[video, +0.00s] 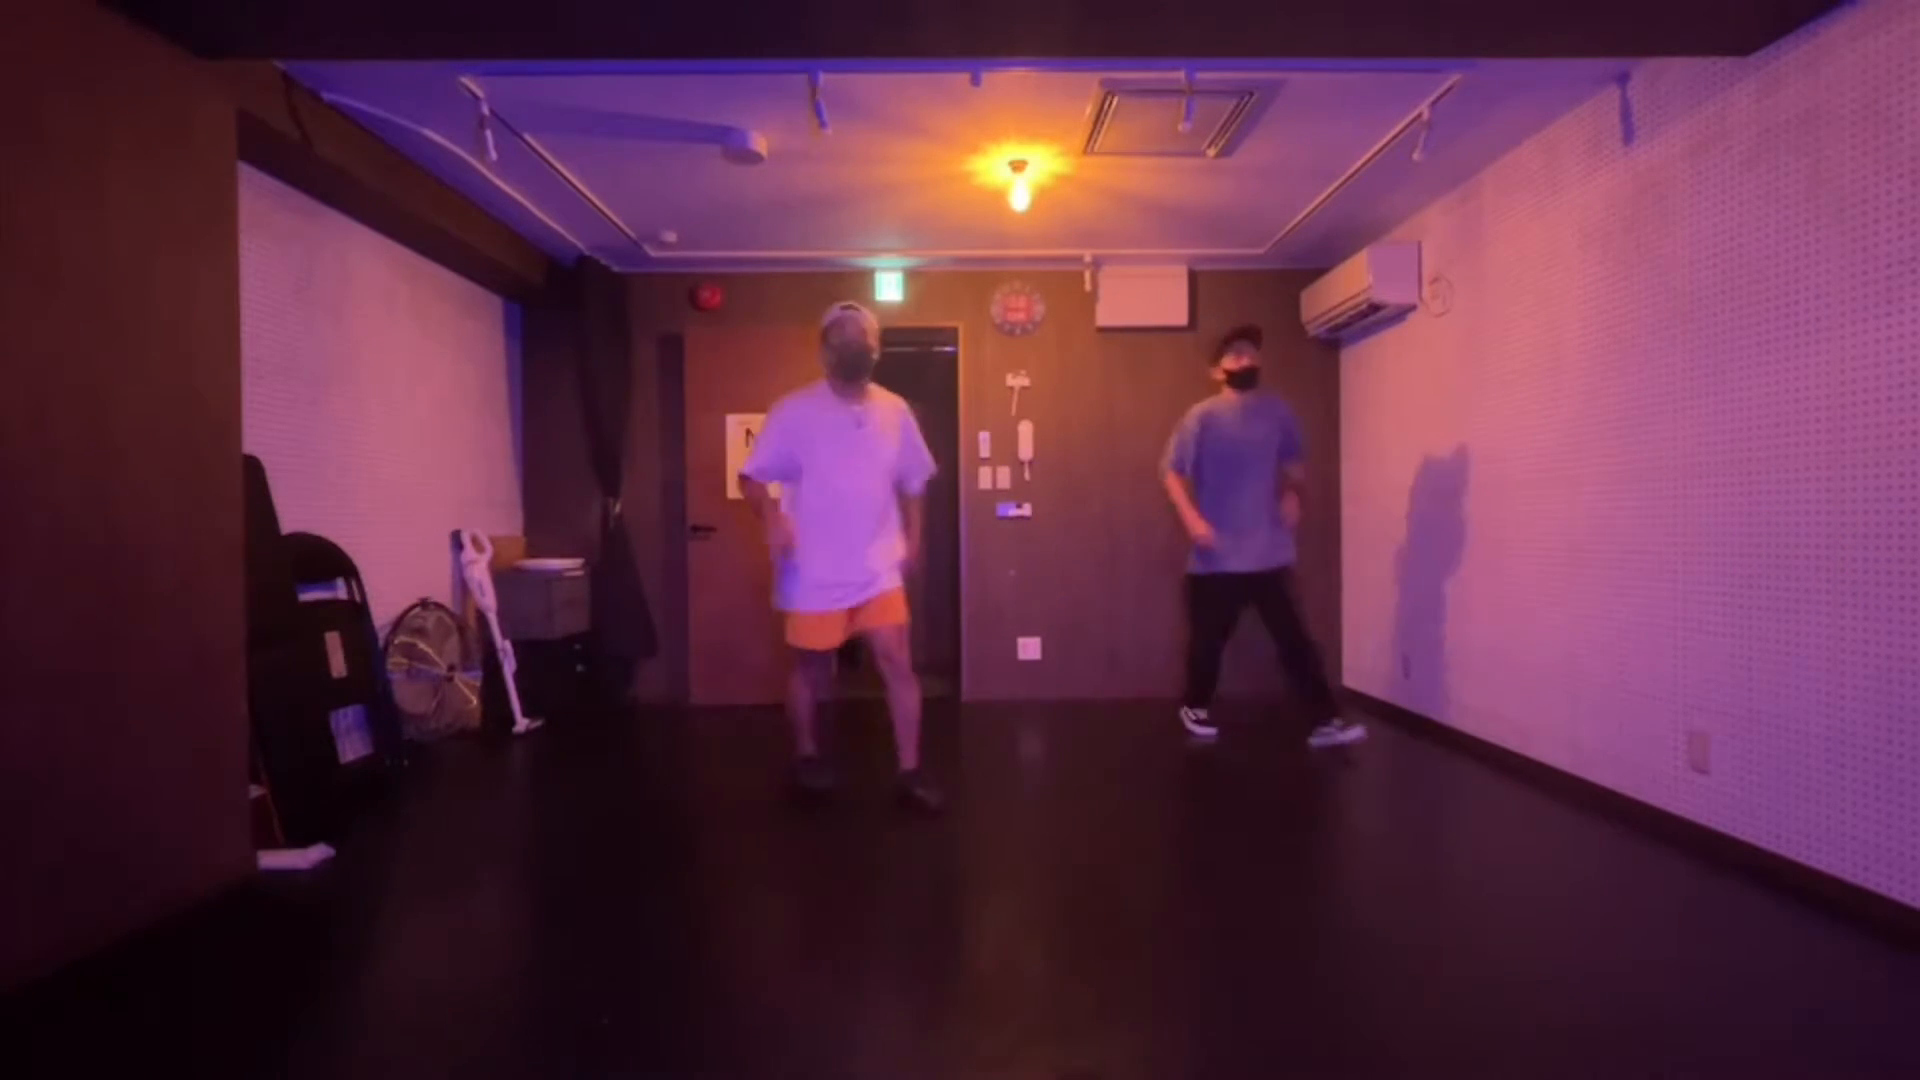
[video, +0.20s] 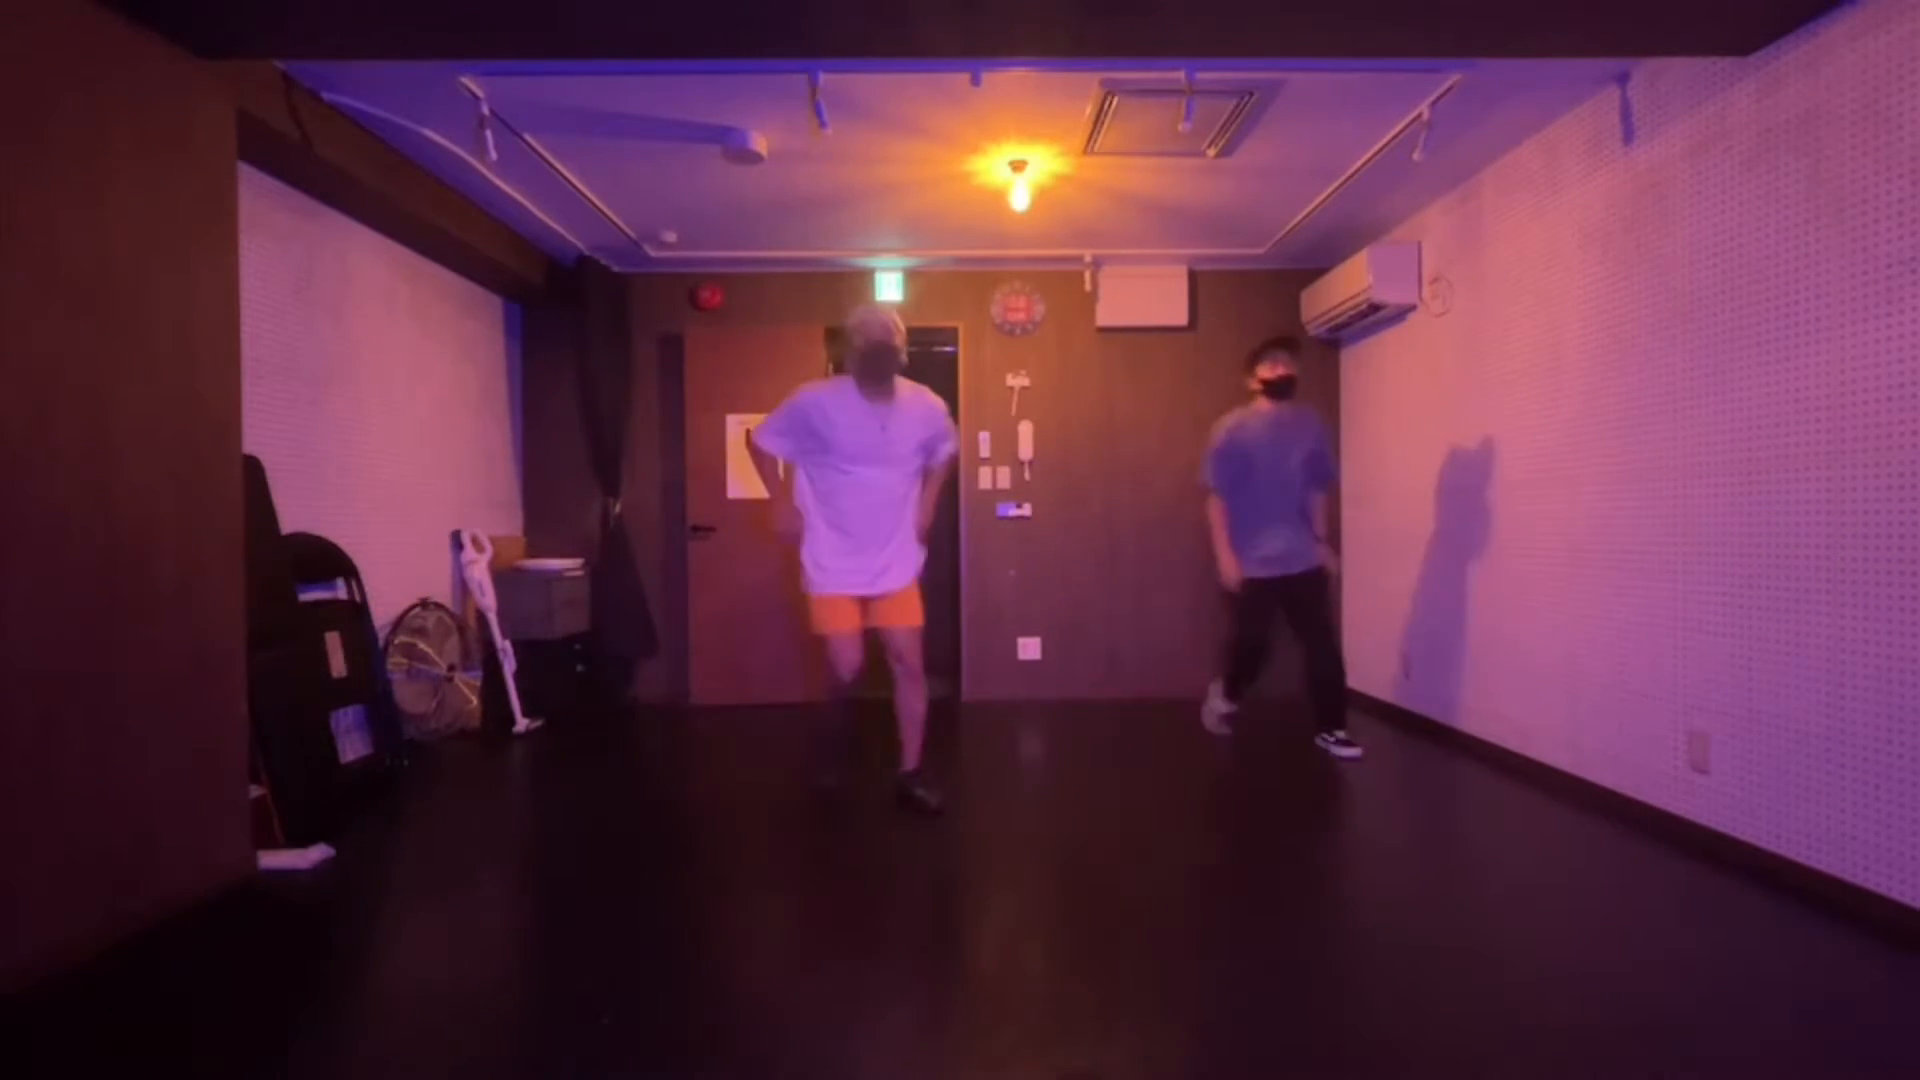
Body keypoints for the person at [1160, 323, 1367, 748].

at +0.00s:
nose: (1242, 361)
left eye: (1249, 353)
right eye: (1234, 353)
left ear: (1261, 362)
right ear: (1218, 365)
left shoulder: (1276, 411)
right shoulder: (1202, 416)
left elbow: (1293, 464)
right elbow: (1172, 472)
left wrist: (1291, 500)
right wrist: (1193, 520)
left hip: (1268, 552)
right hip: (1217, 554)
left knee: (1295, 642)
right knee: (1207, 643)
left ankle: (1325, 719)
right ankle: (1195, 710)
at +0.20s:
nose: (1280, 380)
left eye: (1287, 372)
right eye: (1270, 371)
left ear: (1297, 377)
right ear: (1252, 378)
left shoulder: (1308, 424)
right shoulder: (1232, 429)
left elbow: (1318, 488)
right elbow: (1216, 497)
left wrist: (1322, 541)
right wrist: (1225, 555)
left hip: (1302, 559)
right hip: (1253, 563)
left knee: (1322, 647)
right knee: (1250, 643)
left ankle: (1331, 727)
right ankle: (1225, 697)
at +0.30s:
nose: (1300, 385)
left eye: (1307, 377)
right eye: (1290, 377)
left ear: (1318, 385)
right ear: (1273, 387)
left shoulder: (1326, 439)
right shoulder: (1251, 440)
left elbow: (1335, 503)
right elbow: (1230, 508)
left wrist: (1336, 549)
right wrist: (1264, 558)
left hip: (1313, 566)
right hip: (1262, 565)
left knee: (1339, 656)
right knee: (1284, 634)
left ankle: (1331, 729)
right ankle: (1278, 684)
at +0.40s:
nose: (1298, 373)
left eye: (1305, 366)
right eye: (1289, 365)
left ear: (1314, 374)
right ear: (1270, 374)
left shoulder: (1323, 424)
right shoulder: (1248, 426)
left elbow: (1335, 485)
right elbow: (1235, 490)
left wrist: (1334, 525)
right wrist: (1290, 513)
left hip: (1314, 555)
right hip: (1262, 553)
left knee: (1338, 648)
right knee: (1274, 623)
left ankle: (1332, 727)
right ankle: (1282, 680)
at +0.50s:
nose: (1280, 352)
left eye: (1287, 344)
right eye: (1272, 343)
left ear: (1297, 350)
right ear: (1253, 350)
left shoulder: (1307, 395)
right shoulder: (1236, 397)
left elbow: (1326, 451)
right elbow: (1235, 443)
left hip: (1308, 534)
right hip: (1254, 537)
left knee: (1323, 633)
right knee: (1237, 618)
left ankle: (1330, 723)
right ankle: (1238, 698)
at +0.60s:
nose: (1268, 353)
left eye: (1275, 346)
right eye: (1259, 345)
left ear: (1284, 352)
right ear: (1241, 351)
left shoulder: (1300, 390)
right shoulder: (1224, 394)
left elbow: (1325, 463)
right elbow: (1239, 417)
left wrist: (1324, 417)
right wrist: (1307, 396)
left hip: (1303, 528)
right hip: (1249, 533)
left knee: (1316, 632)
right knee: (1224, 629)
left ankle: (1326, 725)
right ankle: (1210, 718)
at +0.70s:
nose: (1257, 361)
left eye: (1265, 354)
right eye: (1248, 353)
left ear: (1275, 361)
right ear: (1229, 360)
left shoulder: (1292, 402)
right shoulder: (1214, 396)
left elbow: (1318, 452)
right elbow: (1238, 405)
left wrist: (1328, 478)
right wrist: (1306, 379)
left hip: (1292, 539)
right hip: (1240, 543)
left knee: (1307, 640)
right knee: (1219, 642)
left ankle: (1324, 728)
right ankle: (1195, 726)